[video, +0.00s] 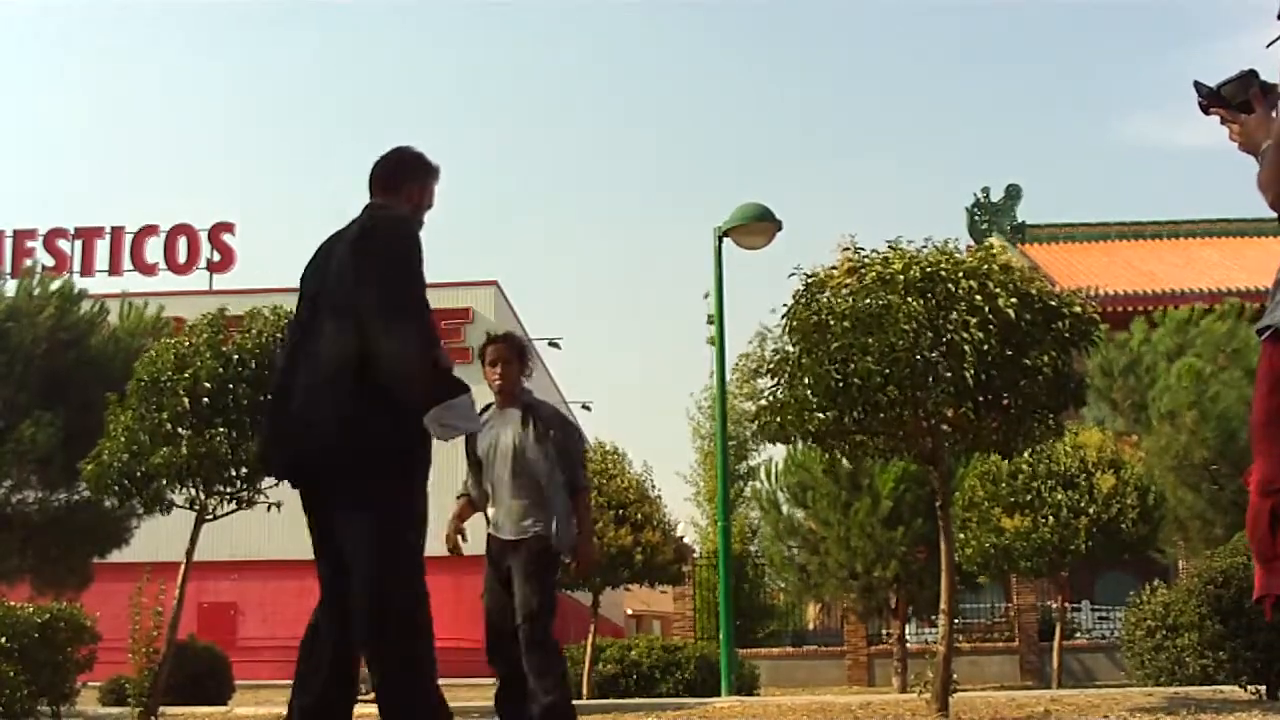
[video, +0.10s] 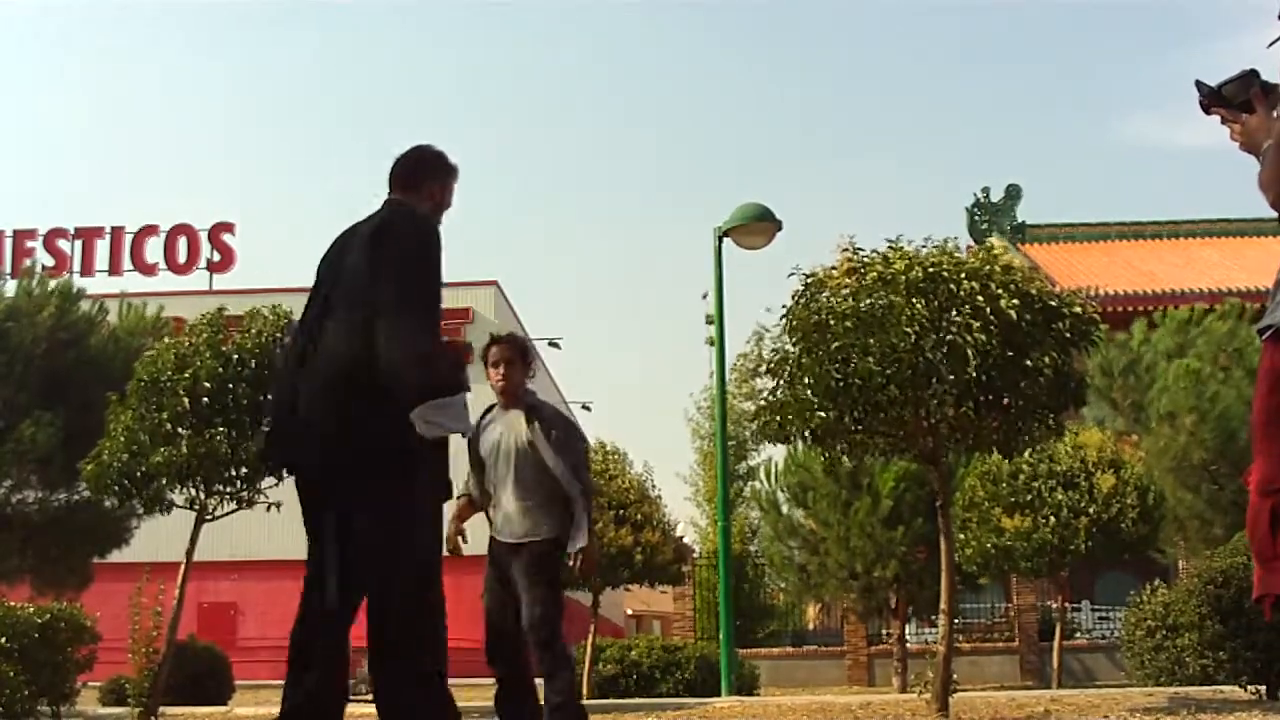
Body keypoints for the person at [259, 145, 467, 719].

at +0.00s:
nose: (426, 213)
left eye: (428, 202)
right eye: (425, 201)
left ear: (377, 187)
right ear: (407, 190)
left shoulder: (330, 250)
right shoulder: (392, 237)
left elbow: (305, 353)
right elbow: (402, 340)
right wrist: (449, 401)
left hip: (324, 448)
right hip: (380, 449)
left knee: (340, 597)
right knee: (396, 596)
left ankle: (314, 710)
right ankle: (417, 710)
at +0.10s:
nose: (444, 212)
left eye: (447, 201)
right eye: (446, 200)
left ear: (394, 184)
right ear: (433, 190)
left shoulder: (345, 241)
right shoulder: (414, 232)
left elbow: (307, 347)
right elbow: (408, 354)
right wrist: (448, 365)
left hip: (325, 447)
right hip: (391, 450)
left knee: (327, 595)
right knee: (407, 603)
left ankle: (307, 712)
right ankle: (419, 713)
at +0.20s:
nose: (452, 204)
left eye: (454, 195)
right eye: (453, 194)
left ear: (397, 182)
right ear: (443, 185)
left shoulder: (348, 237)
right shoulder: (428, 224)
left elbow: (311, 342)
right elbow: (420, 328)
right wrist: (450, 421)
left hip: (327, 437)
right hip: (404, 438)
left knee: (307, 588)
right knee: (427, 596)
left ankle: (280, 710)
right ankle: (426, 710)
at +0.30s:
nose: (437, 195)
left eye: (435, 187)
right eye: (438, 186)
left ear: (385, 178)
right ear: (433, 179)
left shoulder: (333, 237)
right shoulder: (432, 224)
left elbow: (325, 338)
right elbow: (456, 327)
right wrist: (488, 382)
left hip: (328, 434)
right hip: (409, 435)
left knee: (301, 580)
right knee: (432, 587)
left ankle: (262, 710)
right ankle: (437, 710)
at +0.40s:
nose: (414, 190)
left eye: (405, 181)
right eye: (417, 181)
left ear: (362, 177)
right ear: (415, 178)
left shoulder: (318, 238)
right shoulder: (426, 229)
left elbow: (313, 330)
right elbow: (481, 326)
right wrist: (540, 393)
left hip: (323, 437)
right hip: (413, 439)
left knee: (296, 581)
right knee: (441, 588)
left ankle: (277, 705)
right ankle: (443, 709)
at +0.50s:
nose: (389, 187)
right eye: (392, 179)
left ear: (337, 179)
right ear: (392, 178)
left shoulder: (296, 236)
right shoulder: (413, 233)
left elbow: (286, 334)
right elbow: (486, 316)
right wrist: (558, 377)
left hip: (307, 452)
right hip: (403, 451)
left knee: (290, 607)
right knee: (441, 609)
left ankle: (298, 716)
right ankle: (447, 713)